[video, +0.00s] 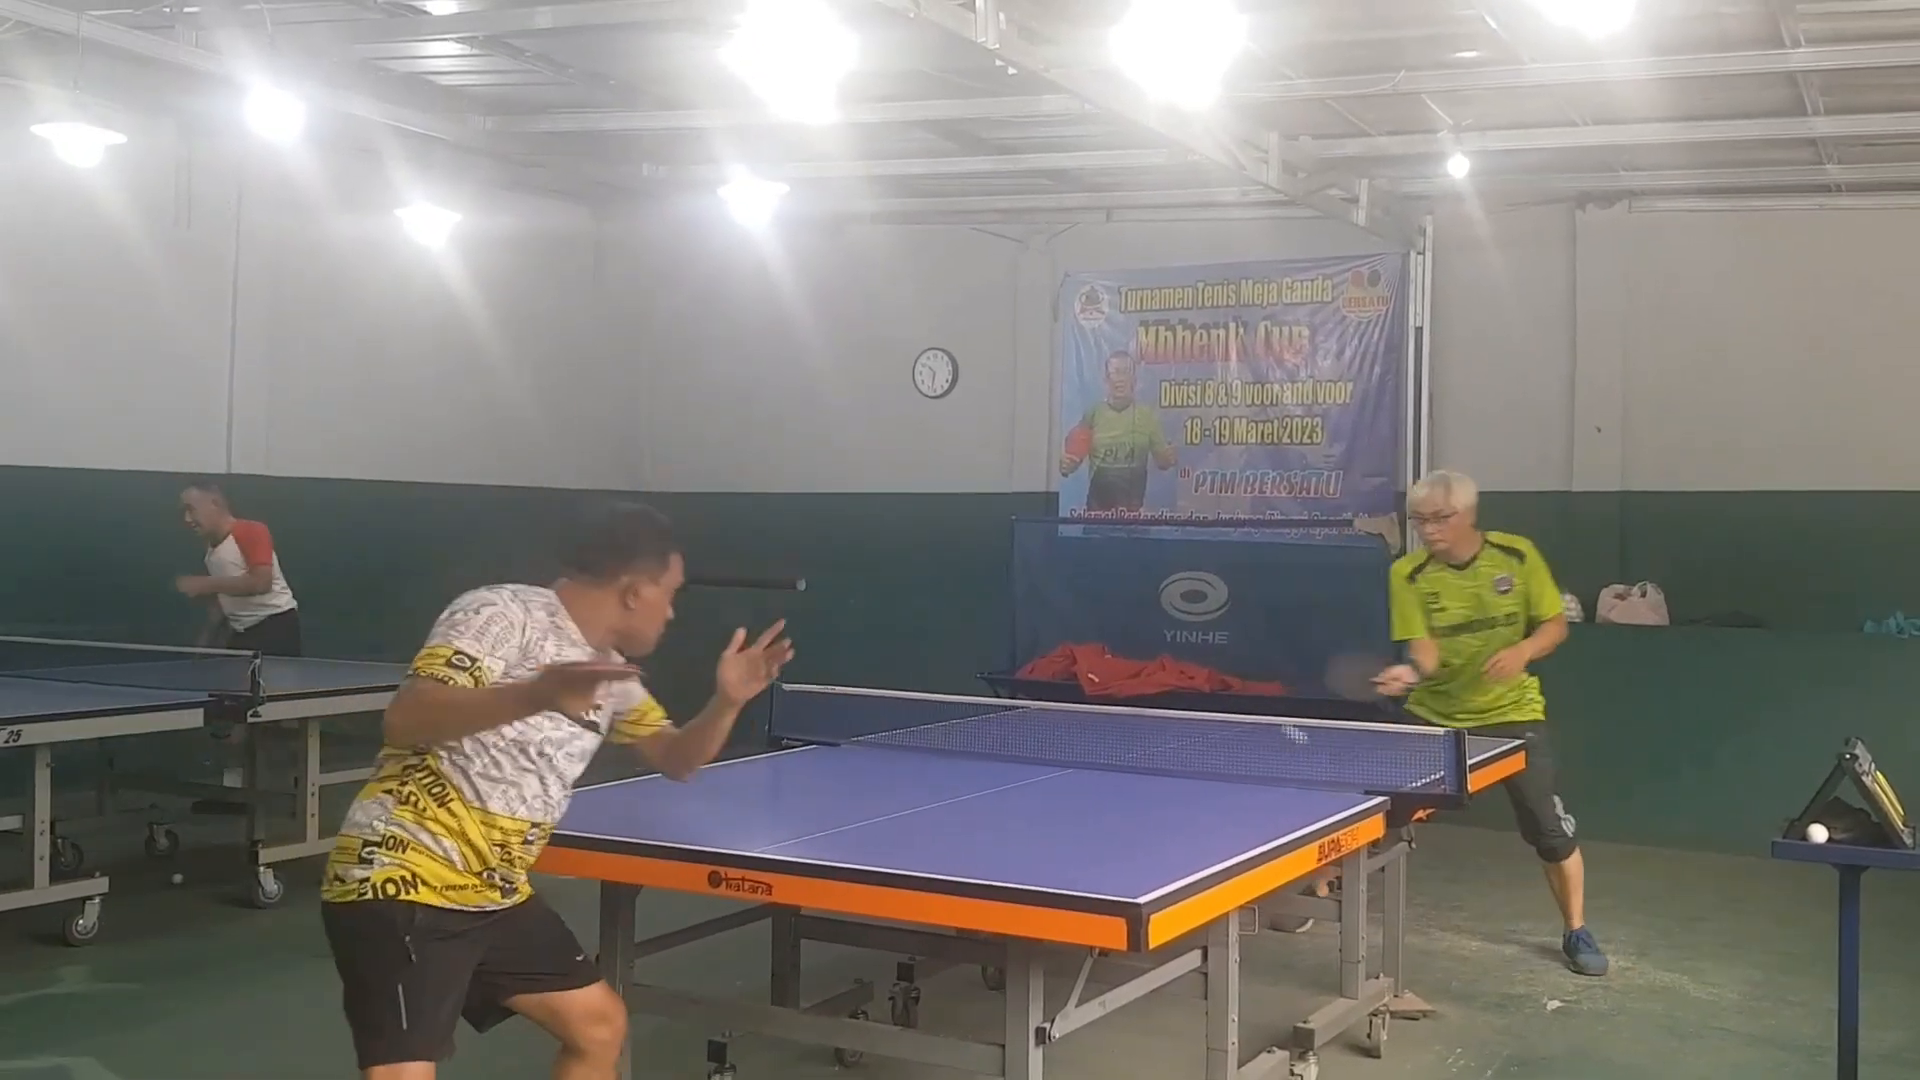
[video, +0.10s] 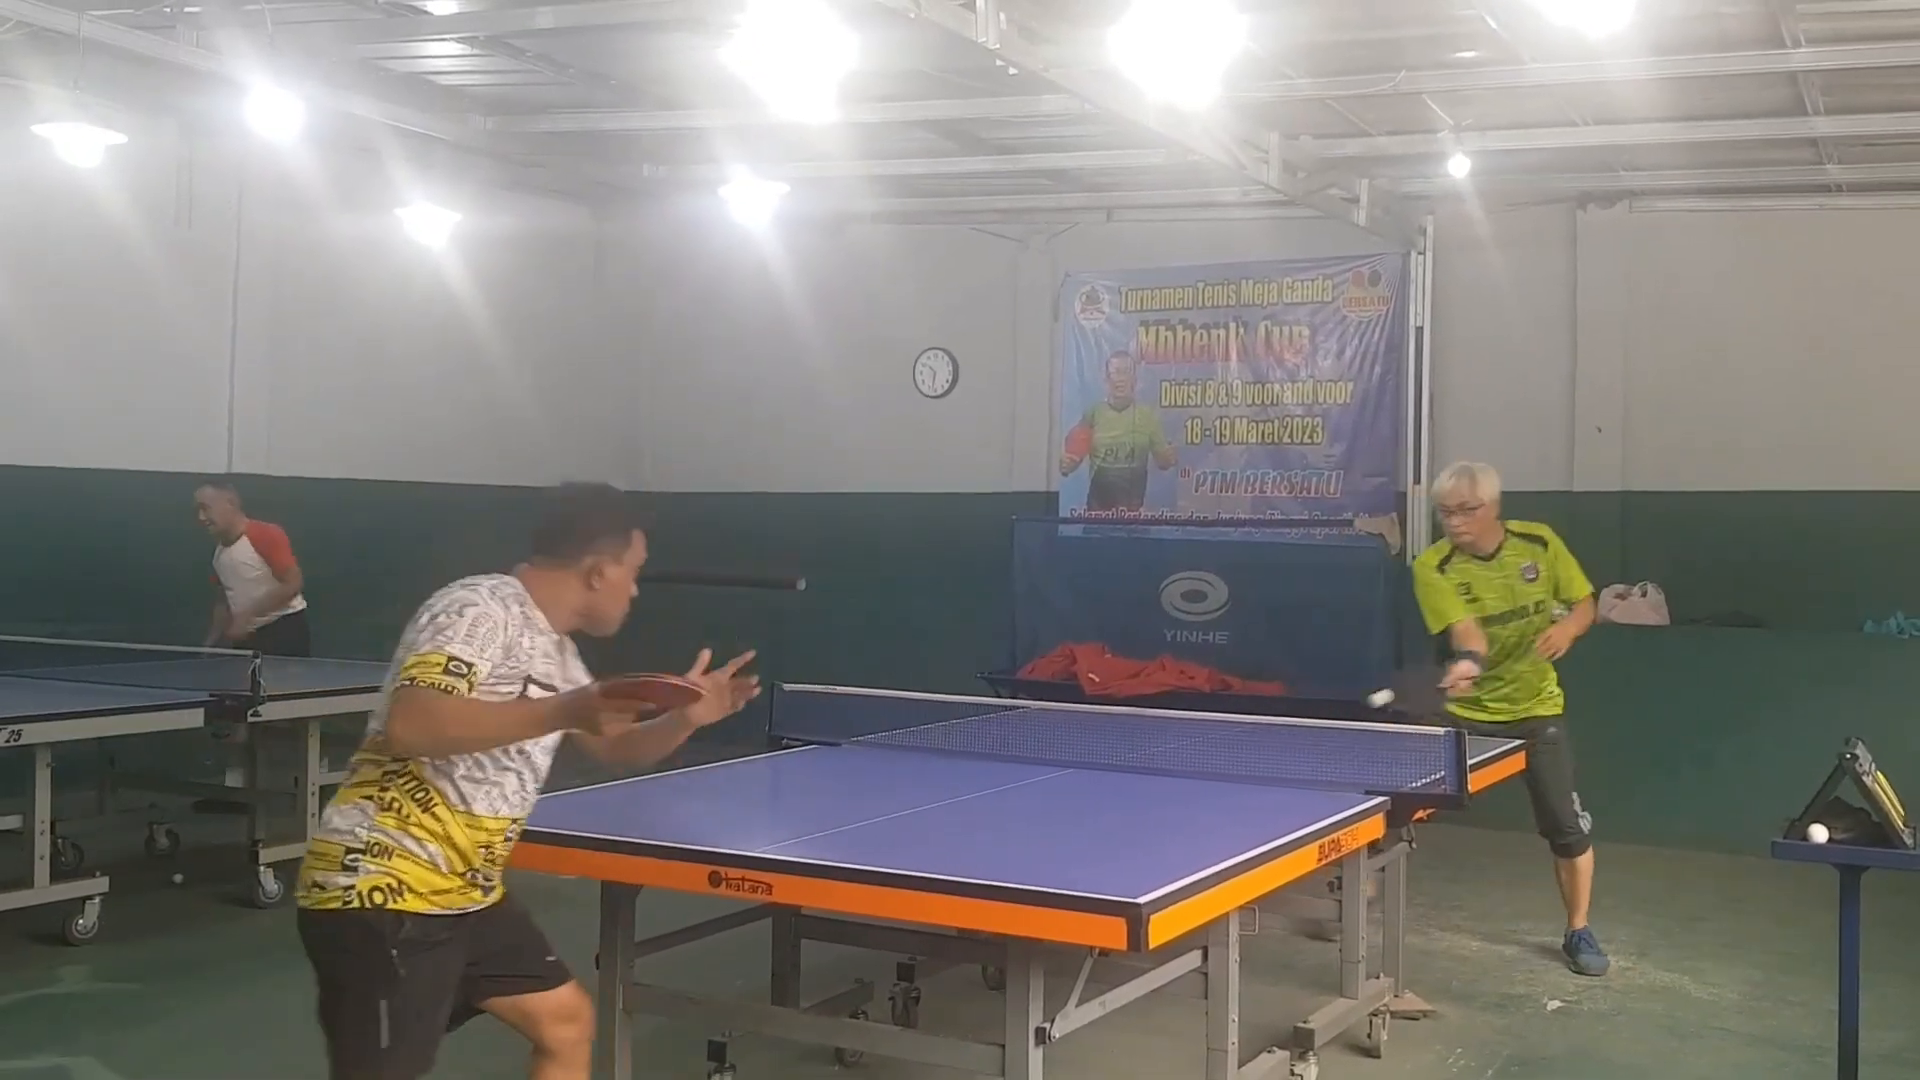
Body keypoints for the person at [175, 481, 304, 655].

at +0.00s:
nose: (187, 519)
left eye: (191, 510)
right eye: (185, 512)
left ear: (215, 503)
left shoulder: (253, 531)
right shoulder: (212, 552)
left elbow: (261, 582)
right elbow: (221, 608)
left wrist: (204, 585)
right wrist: (203, 647)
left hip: (276, 628)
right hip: (242, 633)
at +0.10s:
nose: (201, 518)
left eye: (205, 508)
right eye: (198, 510)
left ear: (231, 504)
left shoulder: (267, 535)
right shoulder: (220, 554)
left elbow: (293, 583)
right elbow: (224, 604)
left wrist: (247, 616)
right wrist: (209, 647)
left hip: (284, 631)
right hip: (247, 637)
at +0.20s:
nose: (220, 516)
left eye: (225, 506)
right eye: (217, 509)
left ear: (250, 502)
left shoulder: (285, 537)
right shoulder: (230, 549)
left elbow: (323, 582)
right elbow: (234, 601)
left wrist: (299, 625)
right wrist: (218, 646)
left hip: (293, 636)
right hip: (255, 638)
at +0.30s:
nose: (247, 515)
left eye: (254, 506)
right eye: (243, 509)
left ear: (277, 506)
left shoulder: (311, 540)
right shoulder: (243, 547)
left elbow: (350, 577)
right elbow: (246, 599)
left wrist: (336, 625)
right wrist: (230, 647)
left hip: (313, 637)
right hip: (269, 640)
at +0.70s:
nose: (347, 506)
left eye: (355, 497)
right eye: (339, 498)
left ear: (369, 499)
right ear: (329, 501)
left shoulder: (386, 535)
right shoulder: (309, 537)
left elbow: (398, 584)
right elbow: (299, 592)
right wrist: (288, 640)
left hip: (374, 634)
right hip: (324, 634)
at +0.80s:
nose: (364, 506)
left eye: (371, 498)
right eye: (355, 498)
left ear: (381, 501)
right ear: (341, 502)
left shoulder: (393, 535)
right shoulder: (320, 536)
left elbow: (407, 584)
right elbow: (307, 591)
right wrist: (300, 640)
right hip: (330, 636)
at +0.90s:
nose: (377, 507)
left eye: (383, 499)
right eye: (368, 499)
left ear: (393, 502)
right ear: (353, 503)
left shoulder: (402, 536)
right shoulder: (330, 536)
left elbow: (412, 588)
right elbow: (315, 593)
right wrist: (306, 647)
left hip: (389, 638)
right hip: (340, 637)